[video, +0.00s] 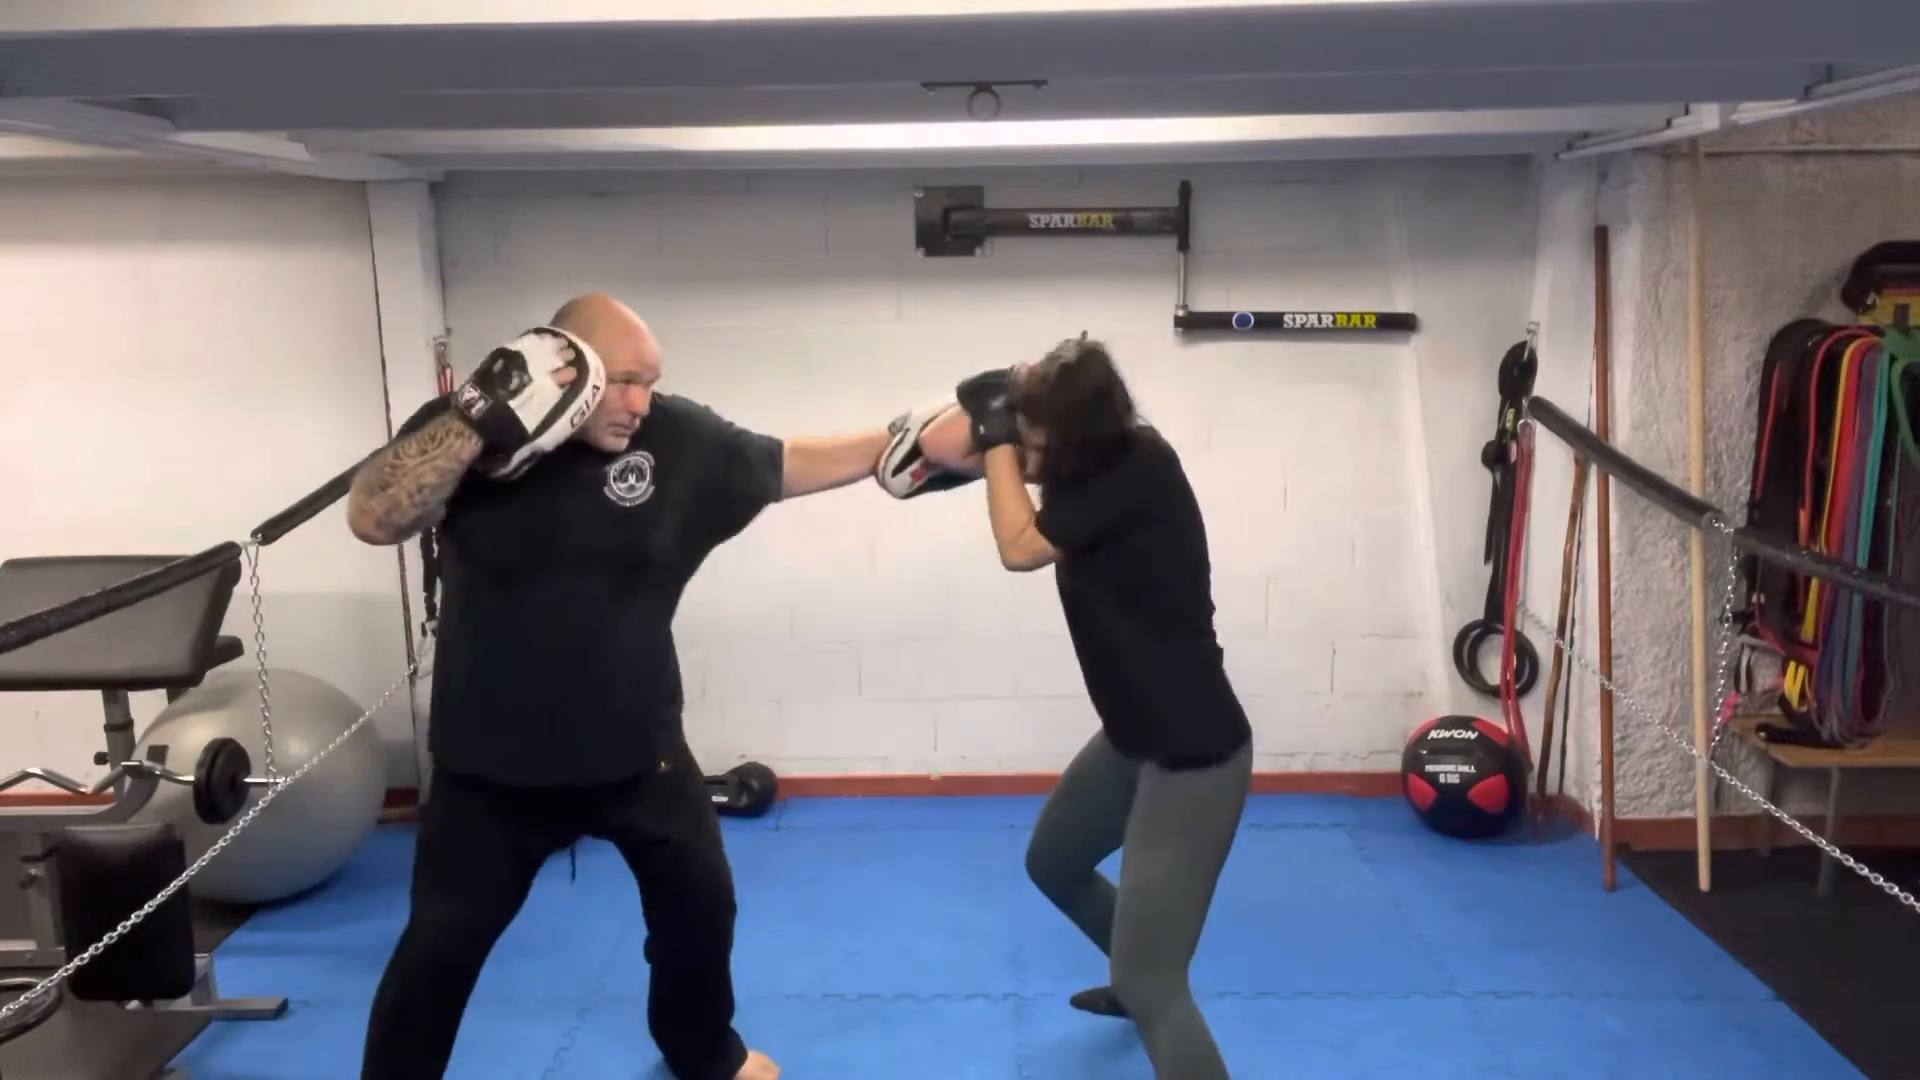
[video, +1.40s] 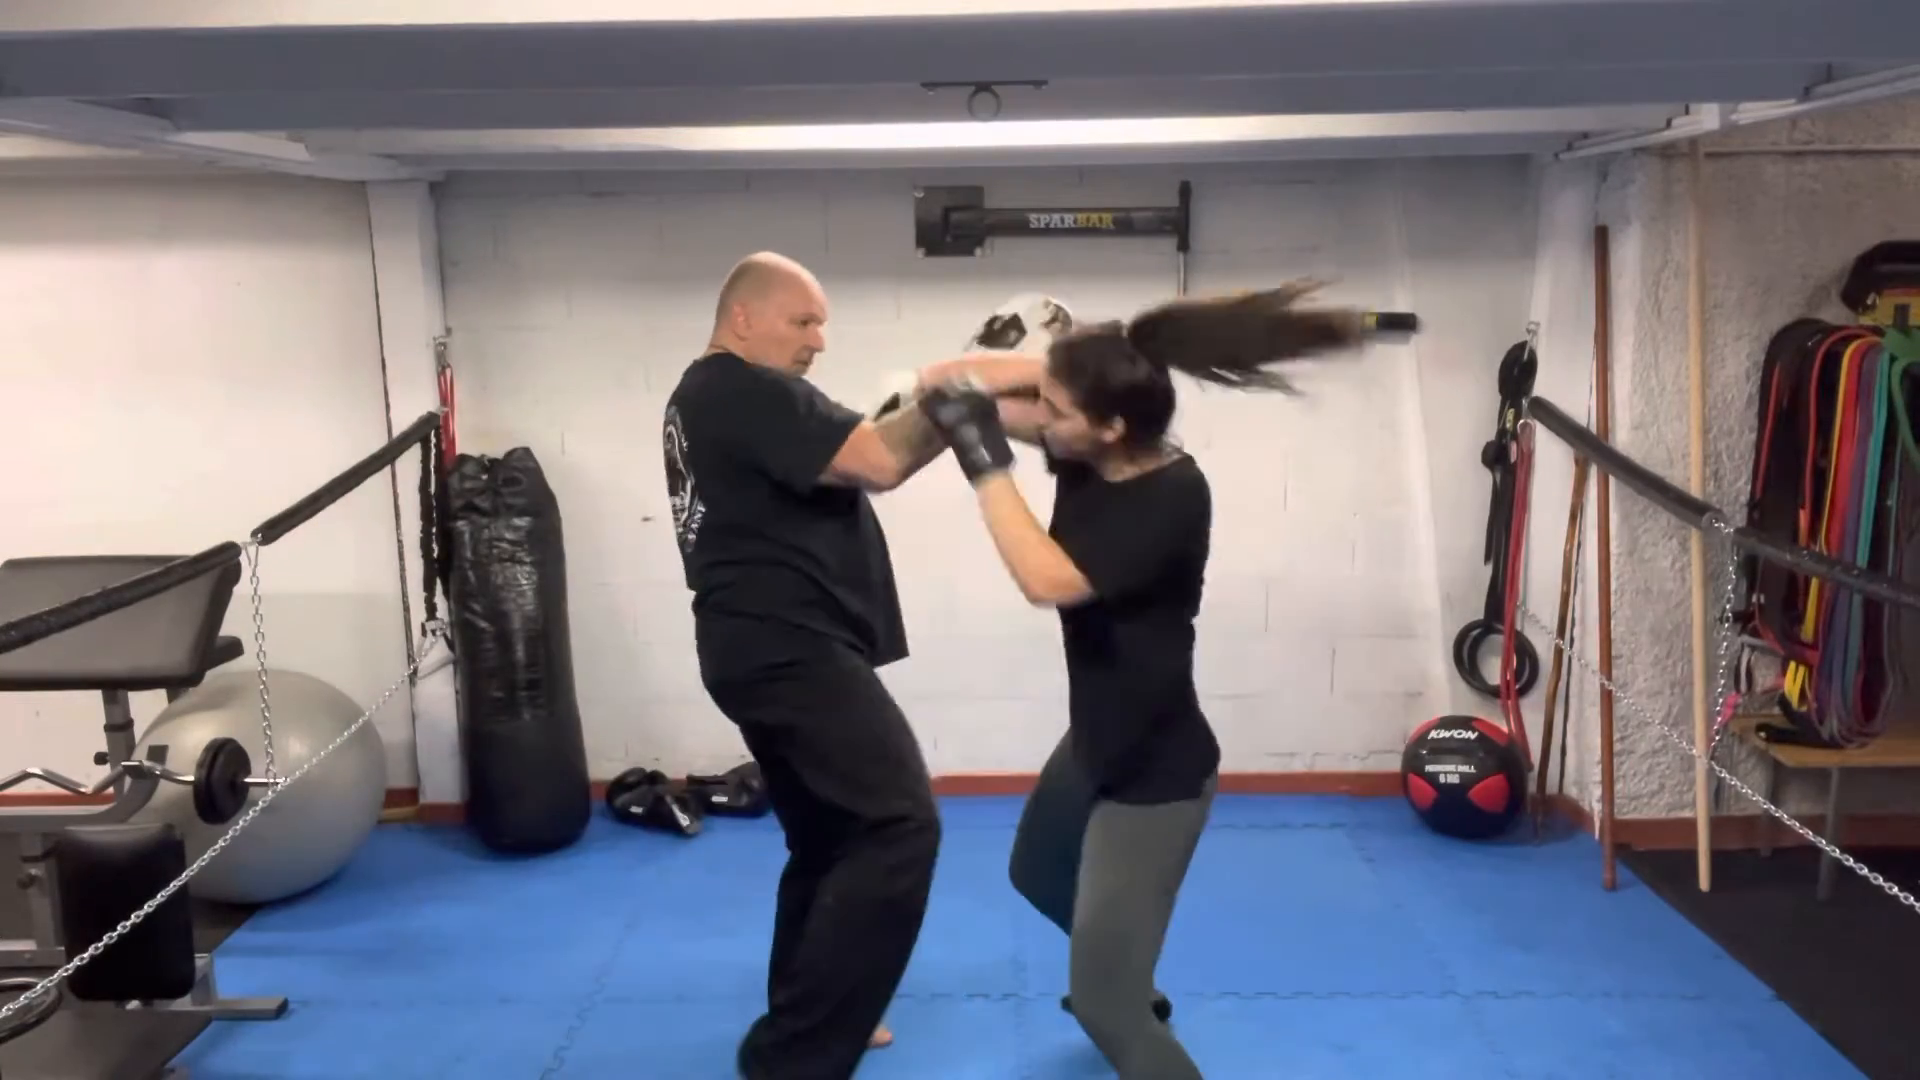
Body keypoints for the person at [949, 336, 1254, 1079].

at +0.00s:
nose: (1030, 451)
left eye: (1040, 439)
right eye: (1027, 436)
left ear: (1075, 434)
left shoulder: (1135, 472)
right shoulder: (1099, 461)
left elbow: (1019, 547)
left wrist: (996, 434)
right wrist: (1000, 429)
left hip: (1194, 756)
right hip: (1133, 737)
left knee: (1150, 985)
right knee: (1055, 862)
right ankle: (1143, 982)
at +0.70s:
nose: (991, 536)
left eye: (988, 528)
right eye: (980, 531)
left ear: (998, 498)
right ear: (1016, 454)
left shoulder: (1084, 513)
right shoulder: (1080, 482)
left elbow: (1025, 651)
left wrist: (965, 556)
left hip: (1213, 765)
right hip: (1163, 745)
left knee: (1133, 983)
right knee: (1093, 839)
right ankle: (1135, 982)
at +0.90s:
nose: (990, 607)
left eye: (984, 598)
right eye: (981, 603)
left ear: (1000, 565)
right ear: (997, 545)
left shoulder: (1079, 563)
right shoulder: (1070, 533)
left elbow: (1049, 714)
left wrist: (981, 667)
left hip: (1237, 783)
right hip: (1173, 753)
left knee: (1130, 988)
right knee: (1086, 864)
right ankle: (1148, 986)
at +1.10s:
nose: (1025, 614)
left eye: (1025, 605)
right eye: (1015, 609)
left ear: (1055, 575)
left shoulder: (1156, 561)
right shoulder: (1043, 543)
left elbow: (1179, 718)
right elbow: (1114, 681)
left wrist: (1055, 702)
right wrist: (1046, 691)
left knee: (1150, 990)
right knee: (1070, 898)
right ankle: (1143, 977)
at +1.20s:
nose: (1072, 559)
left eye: (1076, 548)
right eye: (1064, 549)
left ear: (1102, 522)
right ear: (1052, 522)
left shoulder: (1193, 525)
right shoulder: (1058, 519)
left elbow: (1221, 678)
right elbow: (950, 629)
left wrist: (1076, 685)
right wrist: (1007, 517)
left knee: (1135, 996)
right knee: (1060, 903)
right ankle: (1140, 986)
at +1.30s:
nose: (1053, 476)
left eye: (1072, 472)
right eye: (1053, 458)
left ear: (1131, 475)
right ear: (1057, 431)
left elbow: (1186, 651)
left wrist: (1057, 599)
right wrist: (1036, 418)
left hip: (1187, 776)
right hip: (1102, 754)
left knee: (1122, 999)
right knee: (1052, 897)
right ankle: (1140, 987)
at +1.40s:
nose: (1037, 414)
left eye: (1055, 408)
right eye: (1040, 400)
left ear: (1111, 430)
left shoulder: (1170, 500)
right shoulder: (1086, 451)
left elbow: (1047, 579)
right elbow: (1014, 390)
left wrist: (982, 453)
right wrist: (962, 386)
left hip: (1157, 772)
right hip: (1094, 747)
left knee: (1105, 997)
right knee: (1040, 872)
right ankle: (1135, 994)